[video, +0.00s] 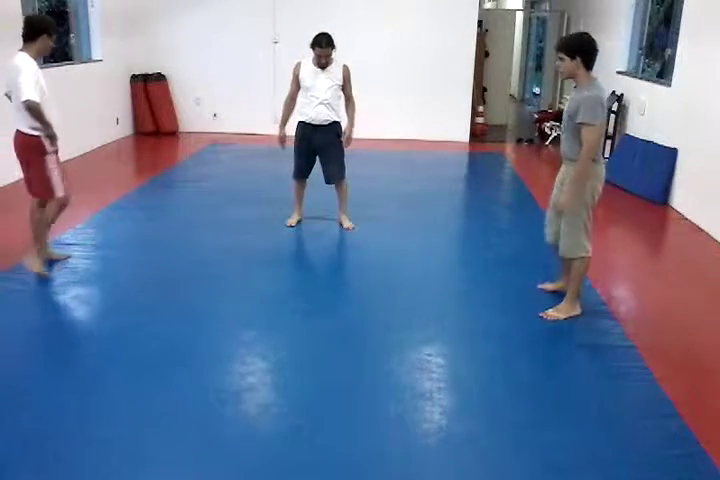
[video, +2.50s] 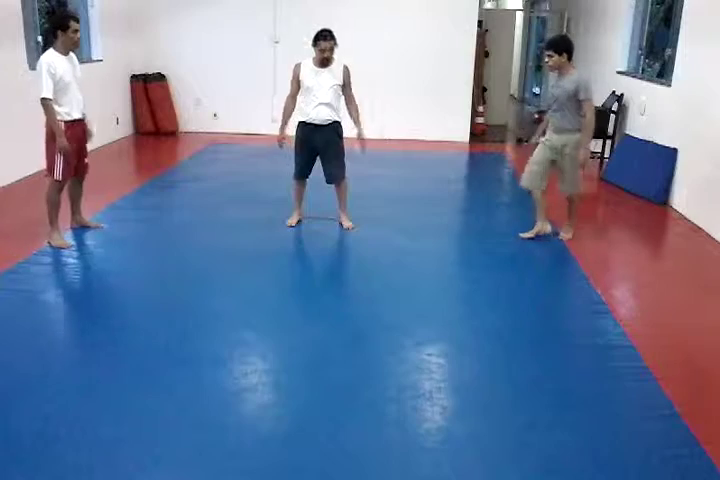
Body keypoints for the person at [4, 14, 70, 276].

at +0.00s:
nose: (51, 46)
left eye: (52, 41)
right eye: (51, 40)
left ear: (29, 37)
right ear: (42, 39)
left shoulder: (17, 61)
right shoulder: (26, 65)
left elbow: (9, 93)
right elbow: (30, 102)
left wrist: (35, 118)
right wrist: (49, 130)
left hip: (27, 136)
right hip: (36, 138)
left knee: (41, 198)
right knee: (59, 198)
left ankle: (42, 249)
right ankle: (36, 252)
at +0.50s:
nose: (69, 46)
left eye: (68, 41)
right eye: (68, 41)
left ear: (43, 38)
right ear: (64, 40)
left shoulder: (25, 63)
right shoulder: (63, 67)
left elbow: (4, 93)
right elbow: (83, 100)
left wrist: (23, 119)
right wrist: (79, 123)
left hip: (34, 134)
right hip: (60, 135)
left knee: (46, 190)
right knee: (71, 186)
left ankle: (44, 247)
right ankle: (70, 235)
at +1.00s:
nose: (83, 45)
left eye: (84, 41)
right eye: (83, 41)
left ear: (62, 36)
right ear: (76, 38)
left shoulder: (43, 56)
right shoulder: (71, 59)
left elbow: (19, 84)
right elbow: (86, 91)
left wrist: (33, 113)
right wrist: (82, 117)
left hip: (44, 124)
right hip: (63, 125)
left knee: (63, 177)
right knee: (72, 180)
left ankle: (68, 222)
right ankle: (69, 234)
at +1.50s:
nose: (86, 40)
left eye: (87, 35)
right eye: (84, 34)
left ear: (74, 33)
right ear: (70, 32)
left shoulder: (67, 58)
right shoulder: (53, 54)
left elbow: (74, 93)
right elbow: (40, 85)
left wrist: (89, 116)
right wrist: (67, 112)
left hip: (68, 121)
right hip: (57, 121)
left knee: (70, 173)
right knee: (63, 175)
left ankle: (69, 218)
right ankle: (61, 229)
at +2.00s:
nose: (73, 36)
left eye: (74, 31)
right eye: (69, 31)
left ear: (63, 33)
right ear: (55, 32)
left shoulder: (66, 58)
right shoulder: (38, 60)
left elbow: (72, 98)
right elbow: (37, 101)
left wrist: (84, 126)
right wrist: (44, 136)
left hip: (69, 123)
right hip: (51, 126)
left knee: (82, 171)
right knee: (51, 181)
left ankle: (72, 215)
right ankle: (53, 232)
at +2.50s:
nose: (78, 36)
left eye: (79, 32)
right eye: (74, 32)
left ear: (73, 33)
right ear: (60, 33)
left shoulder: (72, 58)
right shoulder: (47, 61)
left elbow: (75, 94)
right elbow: (46, 101)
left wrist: (84, 122)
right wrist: (59, 135)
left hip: (77, 123)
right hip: (61, 125)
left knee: (78, 174)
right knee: (58, 180)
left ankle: (77, 217)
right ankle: (54, 231)